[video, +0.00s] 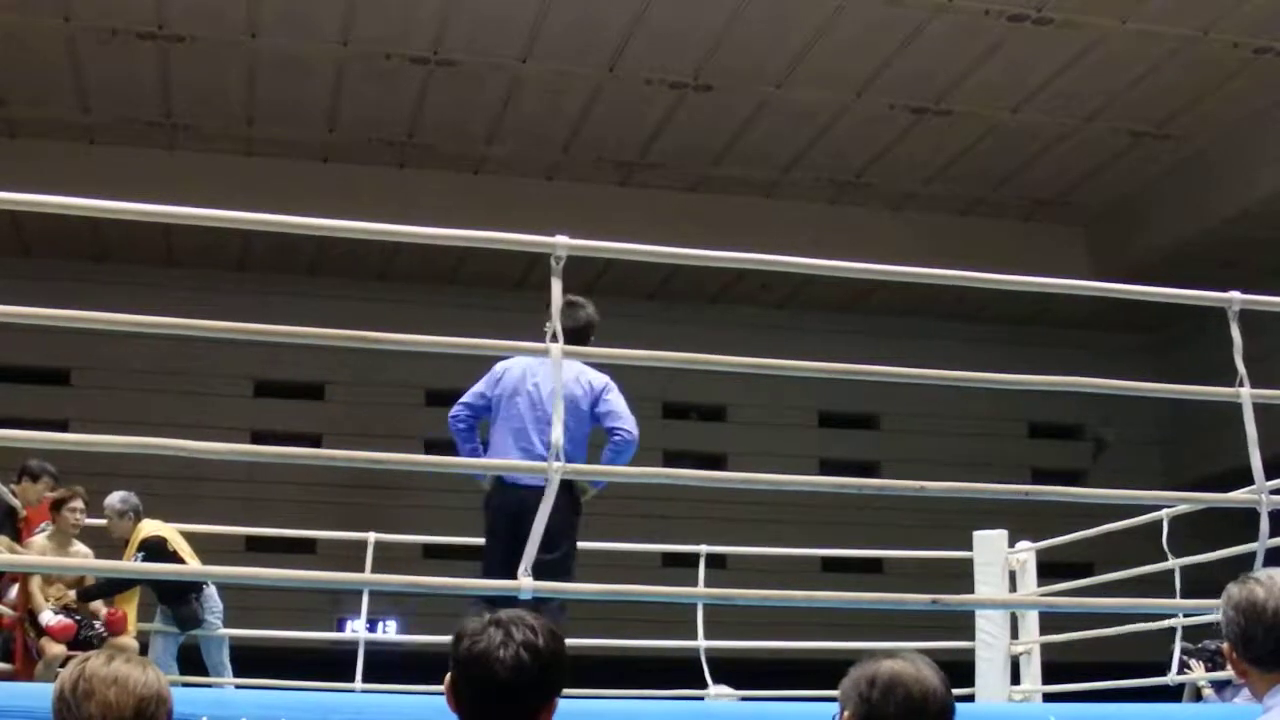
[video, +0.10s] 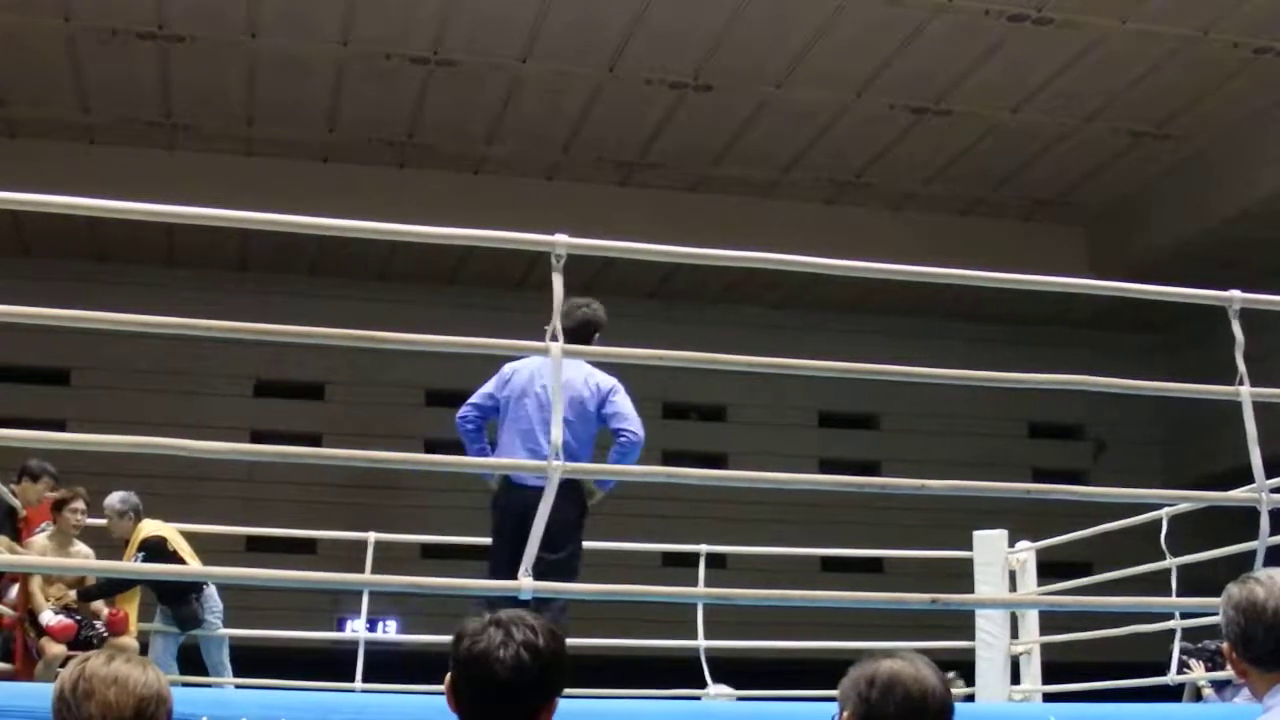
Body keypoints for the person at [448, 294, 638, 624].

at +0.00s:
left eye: (551, 324)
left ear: (548, 329)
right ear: (587, 339)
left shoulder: (507, 369)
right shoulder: (594, 382)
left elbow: (460, 416)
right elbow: (626, 435)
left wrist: (483, 473)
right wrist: (591, 486)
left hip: (504, 496)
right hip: (558, 502)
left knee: (497, 587)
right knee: (551, 593)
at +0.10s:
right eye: (596, 335)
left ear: (554, 330)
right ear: (593, 340)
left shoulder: (514, 371)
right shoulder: (602, 384)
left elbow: (468, 417)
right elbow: (632, 437)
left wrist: (491, 471)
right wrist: (600, 487)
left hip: (512, 496)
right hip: (565, 500)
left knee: (503, 582)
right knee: (555, 591)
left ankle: (498, 666)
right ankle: (543, 671)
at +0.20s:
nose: (613, 351)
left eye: (614, 342)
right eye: (612, 342)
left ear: (567, 337)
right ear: (597, 339)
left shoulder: (521, 374)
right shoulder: (605, 384)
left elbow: (474, 421)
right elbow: (636, 436)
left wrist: (497, 473)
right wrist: (605, 488)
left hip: (516, 496)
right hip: (568, 501)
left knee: (508, 586)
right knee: (557, 594)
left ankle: (502, 673)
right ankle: (543, 679)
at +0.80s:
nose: (624, 356)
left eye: (625, 347)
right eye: (620, 347)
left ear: (586, 347)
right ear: (599, 346)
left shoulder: (551, 391)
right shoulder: (602, 383)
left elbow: (527, 452)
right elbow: (612, 427)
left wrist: (548, 487)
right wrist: (617, 481)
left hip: (550, 497)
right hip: (585, 495)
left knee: (554, 590)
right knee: (586, 592)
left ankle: (544, 681)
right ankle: (560, 686)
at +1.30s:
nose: (626, 361)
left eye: (625, 354)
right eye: (623, 354)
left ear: (586, 354)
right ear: (613, 356)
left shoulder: (557, 402)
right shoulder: (616, 390)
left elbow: (555, 459)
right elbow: (635, 443)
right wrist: (669, 457)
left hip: (570, 512)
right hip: (608, 509)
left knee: (575, 605)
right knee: (631, 602)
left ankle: (557, 692)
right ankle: (614, 693)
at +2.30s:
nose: (667, 361)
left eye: (666, 352)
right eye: (663, 352)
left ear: (627, 355)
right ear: (644, 354)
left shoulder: (591, 399)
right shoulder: (652, 398)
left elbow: (588, 458)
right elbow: (668, 459)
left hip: (603, 513)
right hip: (642, 510)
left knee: (598, 605)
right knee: (642, 604)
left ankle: (583, 695)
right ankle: (631, 696)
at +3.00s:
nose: (658, 355)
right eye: (659, 351)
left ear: (622, 350)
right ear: (659, 354)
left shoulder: (592, 399)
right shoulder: (671, 399)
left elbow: (589, 456)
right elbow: (690, 457)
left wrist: (608, 485)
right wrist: (687, 499)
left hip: (606, 516)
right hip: (651, 515)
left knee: (597, 607)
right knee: (642, 608)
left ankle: (585, 698)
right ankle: (632, 698)